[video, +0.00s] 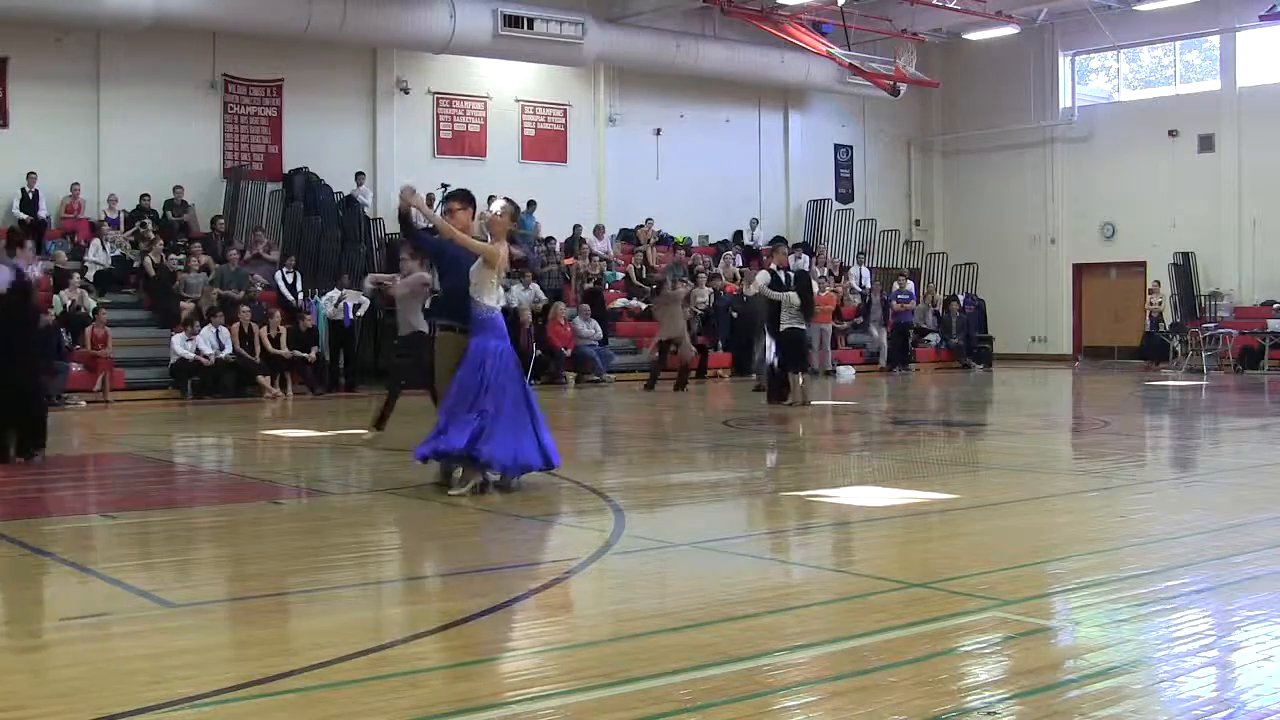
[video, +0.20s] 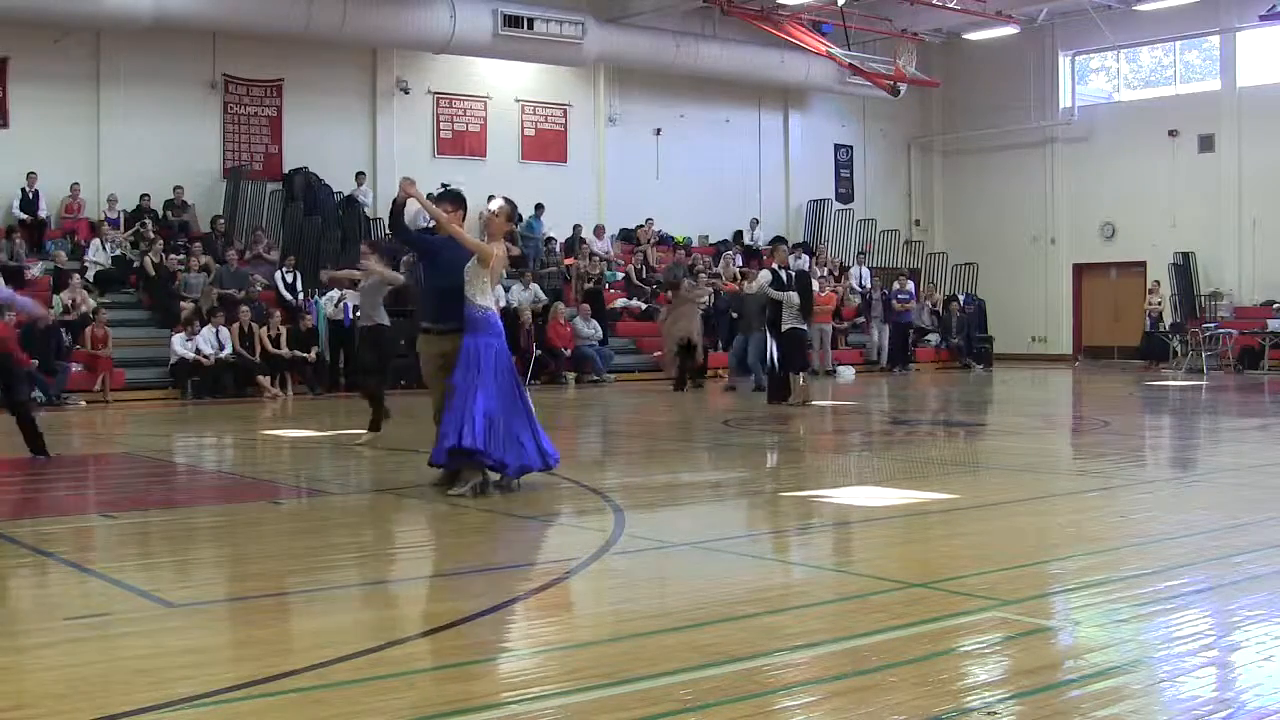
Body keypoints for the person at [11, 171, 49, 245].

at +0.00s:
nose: (33, 180)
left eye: (35, 178)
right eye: (31, 178)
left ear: (36, 180)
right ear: (27, 179)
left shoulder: (39, 193)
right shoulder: (20, 192)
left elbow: (42, 208)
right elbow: (15, 210)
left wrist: (41, 216)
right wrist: (25, 217)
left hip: (36, 217)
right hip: (25, 218)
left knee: (43, 223)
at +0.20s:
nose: (33, 181)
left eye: (35, 179)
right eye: (31, 178)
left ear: (36, 180)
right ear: (27, 180)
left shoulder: (39, 193)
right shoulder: (20, 192)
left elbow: (43, 208)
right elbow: (14, 210)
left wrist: (41, 215)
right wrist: (25, 217)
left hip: (36, 217)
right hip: (25, 217)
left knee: (43, 224)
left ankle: (39, 247)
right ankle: (30, 248)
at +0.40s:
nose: (33, 181)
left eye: (35, 179)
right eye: (31, 178)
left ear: (37, 181)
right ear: (27, 180)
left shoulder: (39, 193)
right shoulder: (20, 192)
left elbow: (43, 209)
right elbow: (14, 209)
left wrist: (41, 216)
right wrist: (25, 217)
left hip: (36, 217)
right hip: (25, 217)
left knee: (43, 223)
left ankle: (39, 248)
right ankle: (30, 248)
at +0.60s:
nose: (33, 181)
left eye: (35, 179)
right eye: (31, 178)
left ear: (36, 180)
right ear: (27, 180)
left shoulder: (39, 193)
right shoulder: (20, 192)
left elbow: (43, 208)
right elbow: (14, 210)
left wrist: (41, 216)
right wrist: (25, 217)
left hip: (36, 218)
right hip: (25, 218)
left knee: (43, 223)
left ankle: (40, 248)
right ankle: (30, 249)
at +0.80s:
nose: (33, 181)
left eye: (34, 179)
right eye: (31, 179)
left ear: (36, 180)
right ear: (27, 180)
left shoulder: (39, 193)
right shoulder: (20, 192)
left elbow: (42, 209)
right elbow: (15, 209)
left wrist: (41, 216)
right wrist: (25, 217)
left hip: (36, 217)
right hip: (25, 218)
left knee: (43, 223)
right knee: (33, 224)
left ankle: (40, 249)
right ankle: (32, 249)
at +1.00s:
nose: (33, 181)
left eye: (34, 179)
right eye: (31, 179)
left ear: (36, 180)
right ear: (27, 180)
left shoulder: (39, 193)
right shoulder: (20, 192)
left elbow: (42, 209)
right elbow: (14, 209)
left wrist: (41, 216)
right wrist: (25, 217)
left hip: (36, 217)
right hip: (24, 217)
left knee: (43, 223)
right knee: (33, 224)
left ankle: (40, 249)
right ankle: (32, 249)